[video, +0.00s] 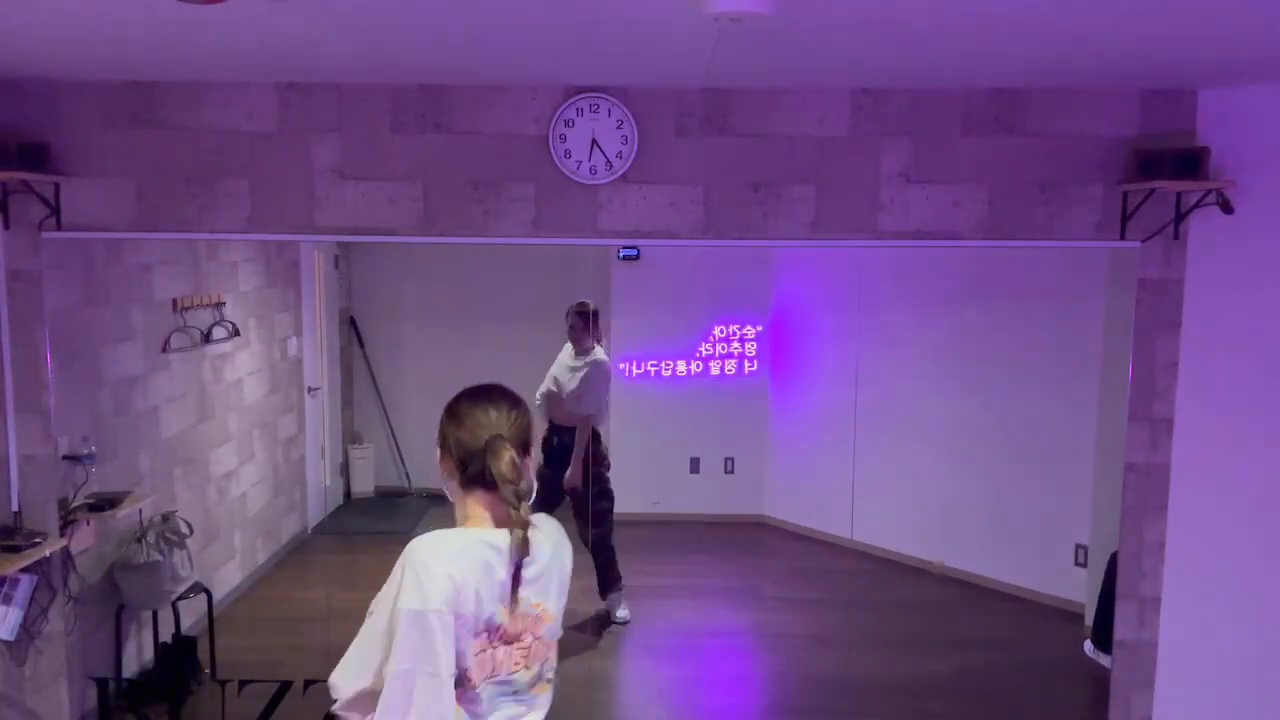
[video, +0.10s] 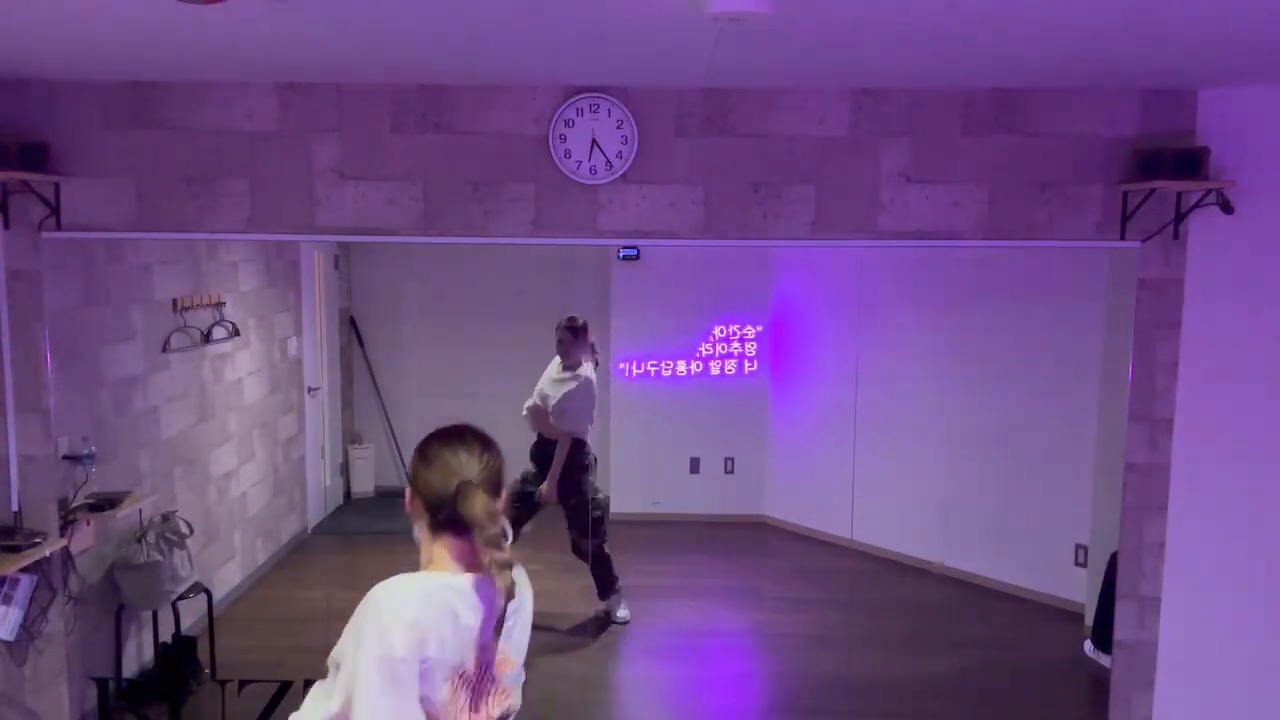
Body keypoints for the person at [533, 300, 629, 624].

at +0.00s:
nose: (572, 333)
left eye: (578, 328)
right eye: (570, 328)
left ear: (593, 329)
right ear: (567, 327)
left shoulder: (598, 365)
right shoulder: (568, 352)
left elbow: (587, 418)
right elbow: (554, 398)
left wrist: (576, 464)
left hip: (584, 447)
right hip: (555, 442)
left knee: (595, 526)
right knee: (537, 517)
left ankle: (614, 597)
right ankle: (519, 592)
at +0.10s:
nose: (560, 348)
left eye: (565, 343)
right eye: (558, 342)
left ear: (583, 345)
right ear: (557, 342)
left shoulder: (584, 381)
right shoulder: (558, 364)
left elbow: (570, 438)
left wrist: (551, 480)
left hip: (572, 460)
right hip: (544, 455)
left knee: (586, 537)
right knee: (506, 520)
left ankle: (613, 598)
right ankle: (482, 588)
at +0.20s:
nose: (546, 364)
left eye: (552, 359)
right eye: (545, 358)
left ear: (569, 361)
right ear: (545, 358)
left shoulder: (576, 397)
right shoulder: (543, 378)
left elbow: (558, 452)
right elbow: (536, 420)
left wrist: (528, 491)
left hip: (568, 477)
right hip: (538, 469)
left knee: (578, 549)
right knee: (482, 522)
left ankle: (612, 598)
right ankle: (473, 589)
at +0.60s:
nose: (533, 414)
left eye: (538, 410)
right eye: (533, 409)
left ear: (556, 413)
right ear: (532, 407)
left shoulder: (570, 436)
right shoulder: (526, 420)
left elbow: (559, 469)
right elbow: (503, 425)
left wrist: (513, 463)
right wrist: (476, 429)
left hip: (562, 513)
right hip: (526, 505)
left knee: (590, 567)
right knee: (456, 533)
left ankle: (612, 600)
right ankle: (474, 593)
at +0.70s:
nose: (528, 410)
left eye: (534, 407)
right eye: (528, 404)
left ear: (551, 407)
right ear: (526, 399)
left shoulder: (563, 422)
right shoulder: (516, 410)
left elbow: (565, 442)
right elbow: (488, 399)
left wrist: (519, 441)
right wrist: (468, 408)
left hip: (556, 502)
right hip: (517, 498)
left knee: (587, 559)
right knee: (450, 539)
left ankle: (613, 600)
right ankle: (474, 593)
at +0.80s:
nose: (526, 392)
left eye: (533, 387)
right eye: (522, 385)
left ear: (544, 387)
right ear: (517, 380)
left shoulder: (556, 401)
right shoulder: (505, 388)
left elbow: (571, 402)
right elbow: (468, 367)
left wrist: (530, 414)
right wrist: (462, 394)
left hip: (544, 482)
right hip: (508, 479)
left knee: (574, 544)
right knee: (448, 539)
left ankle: (612, 597)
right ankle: (474, 597)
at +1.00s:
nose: (506, 334)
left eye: (513, 330)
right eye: (504, 328)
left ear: (527, 332)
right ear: (499, 326)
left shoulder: (539, 348)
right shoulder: (482, 343)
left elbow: (578, 369)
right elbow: (437, 355)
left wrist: (549, 399)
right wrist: (452, 394)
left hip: (524, 438)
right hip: (488, 436)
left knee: (541, 517)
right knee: (467, 516)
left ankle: (566, 592)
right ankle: (468, 588)